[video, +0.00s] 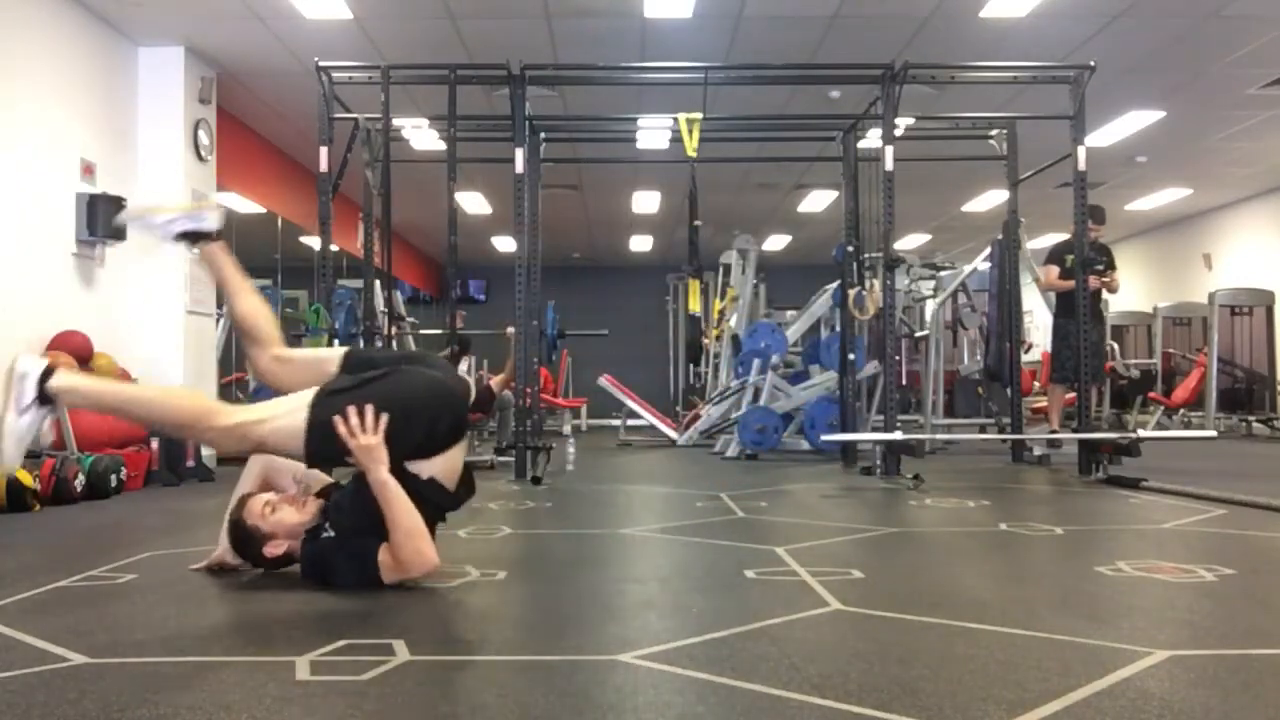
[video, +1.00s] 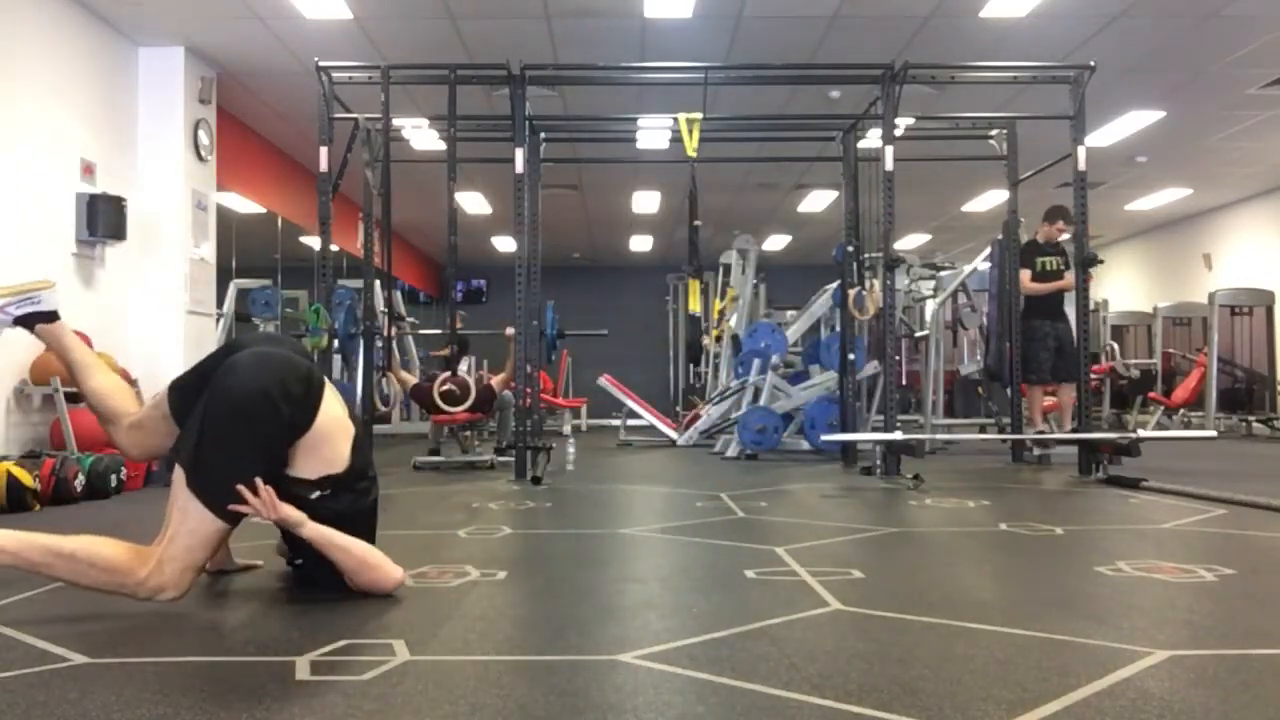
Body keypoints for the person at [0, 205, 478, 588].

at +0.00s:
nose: (277, 497)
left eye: (270, 499)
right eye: (269, 512)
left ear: (289, 498)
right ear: (281, 545)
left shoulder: (327, 507)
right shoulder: (327, 554)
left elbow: (266, 458)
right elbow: (422, 562)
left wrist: (231, 541)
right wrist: (377, 470)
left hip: (418, 384)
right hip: (430, 403)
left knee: (271, 363)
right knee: (225, 428)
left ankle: (208, 240)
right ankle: (51, 383)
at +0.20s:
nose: (268, 507)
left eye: (263, 508)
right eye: (262, 523)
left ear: (277, 503)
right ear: (277, 557)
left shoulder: (325, 516)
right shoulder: (327, 564)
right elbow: (415, 560)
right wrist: (349, 481)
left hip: (387, 363)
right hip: (383, 394)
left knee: (230, 384)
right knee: (190, 480)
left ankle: (129, 284)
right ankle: (11, 457)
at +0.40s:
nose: (253, 521)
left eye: (248, 524)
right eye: (252, 534)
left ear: (256, 518)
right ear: (270, 560)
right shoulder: (328, 563)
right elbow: (405, 566)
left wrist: (211, 552)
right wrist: (323, 498)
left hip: (319, 355)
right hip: (333, 386)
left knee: (182, 401)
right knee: (183, 543)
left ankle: (78, 309)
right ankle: (11, 528)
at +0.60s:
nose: (242, 534)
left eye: (241, 535)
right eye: (246, 543)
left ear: (248, 520)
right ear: (267, 561)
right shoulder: (310, 559)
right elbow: (397, 572)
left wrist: (209, 555)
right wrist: (302, 516)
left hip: (286, 349)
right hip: (301, 384)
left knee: (146, 412)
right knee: (164, 556)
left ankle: (39, 336)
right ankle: (7, 536)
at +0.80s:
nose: (263, 535)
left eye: (262, 541)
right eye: (271, 541)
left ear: (275, 548)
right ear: (305, 552)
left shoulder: (286, 493)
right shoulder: (330, 553)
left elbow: (199, 447)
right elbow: (393, 577)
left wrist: (219, 551)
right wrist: (295, 527)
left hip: (256, 352)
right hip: (273, 384)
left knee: (133, 428)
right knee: (158, 570)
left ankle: (30, 331)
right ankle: (6, 540)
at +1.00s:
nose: (296, 551)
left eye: (301, 557)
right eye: (308, 557)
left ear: (298, 556)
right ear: (331, 559)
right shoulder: (347, 552)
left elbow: (214, 448)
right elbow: (392, 579)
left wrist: (220, 551)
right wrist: (297, 521)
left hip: (252, 356)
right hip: (270, 389)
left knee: (134, 435)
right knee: (162, 577)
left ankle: (41, 319)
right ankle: (5, 541)